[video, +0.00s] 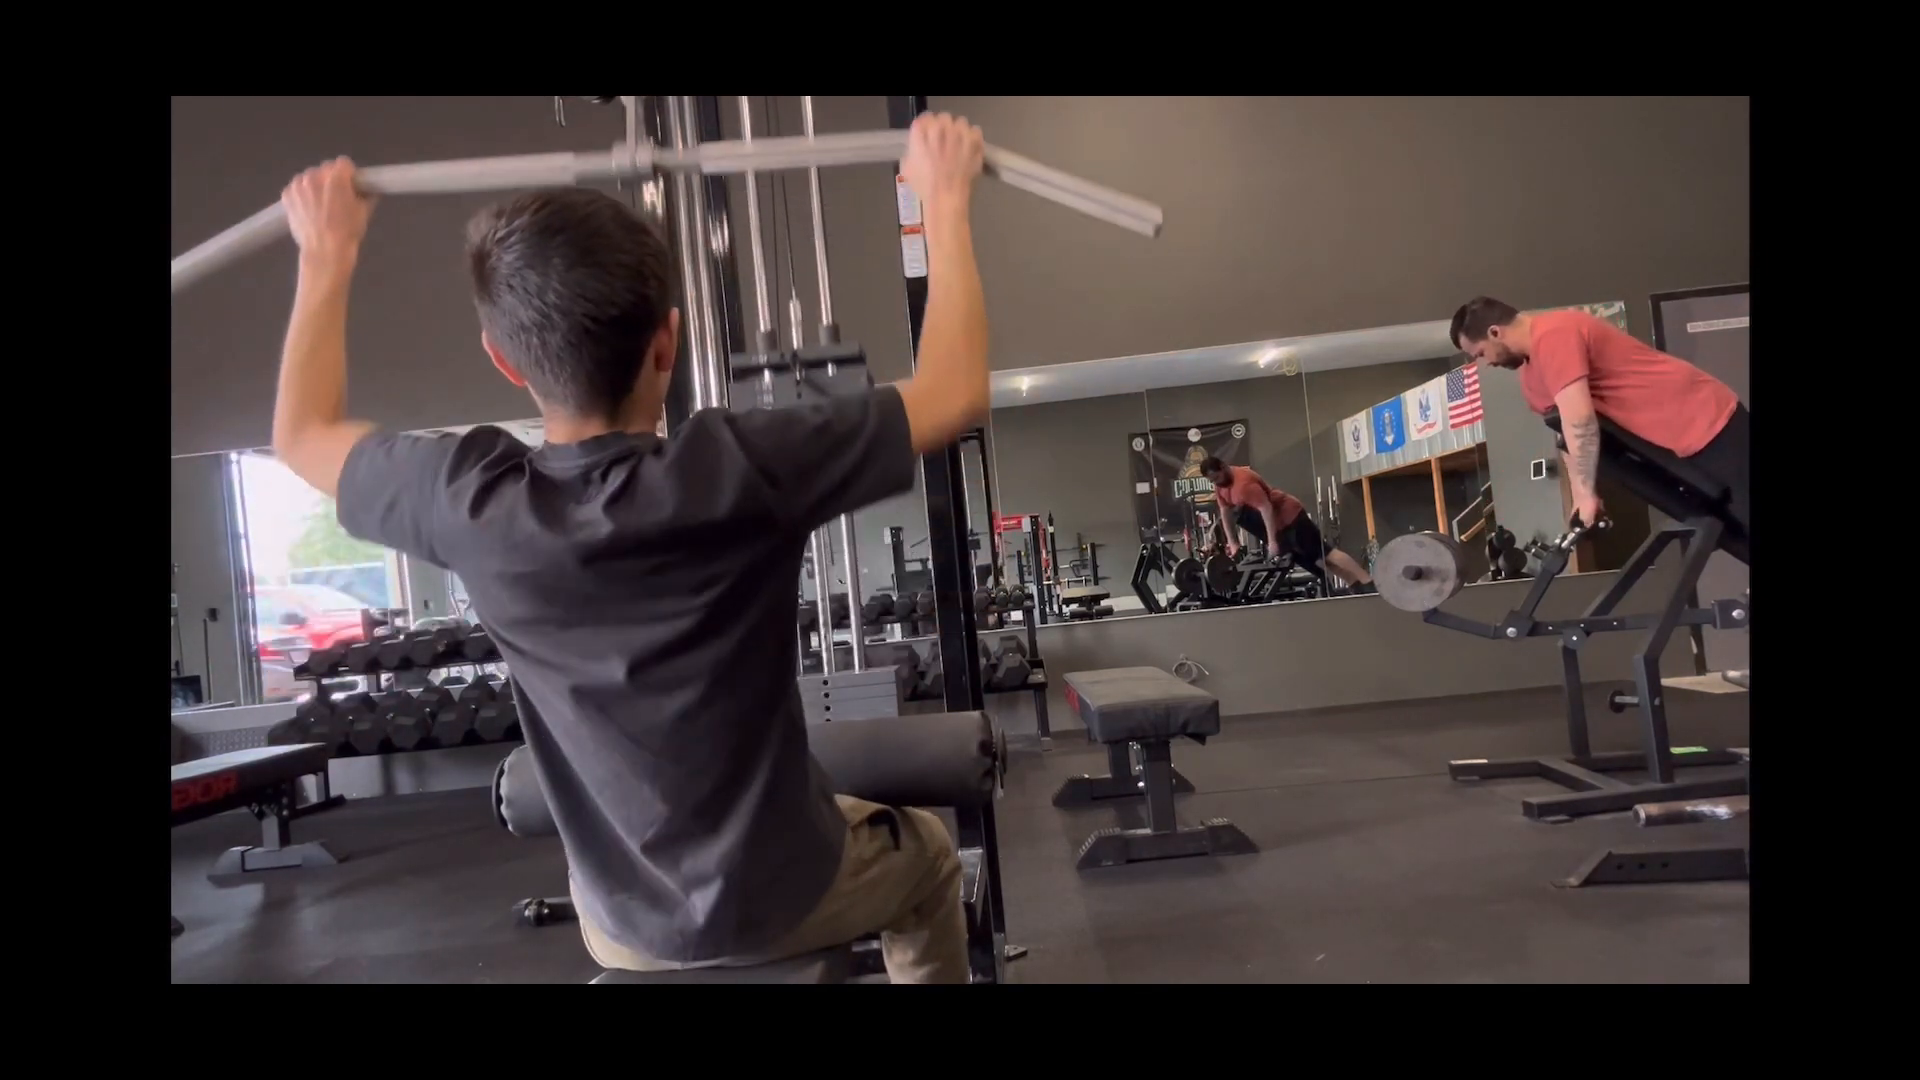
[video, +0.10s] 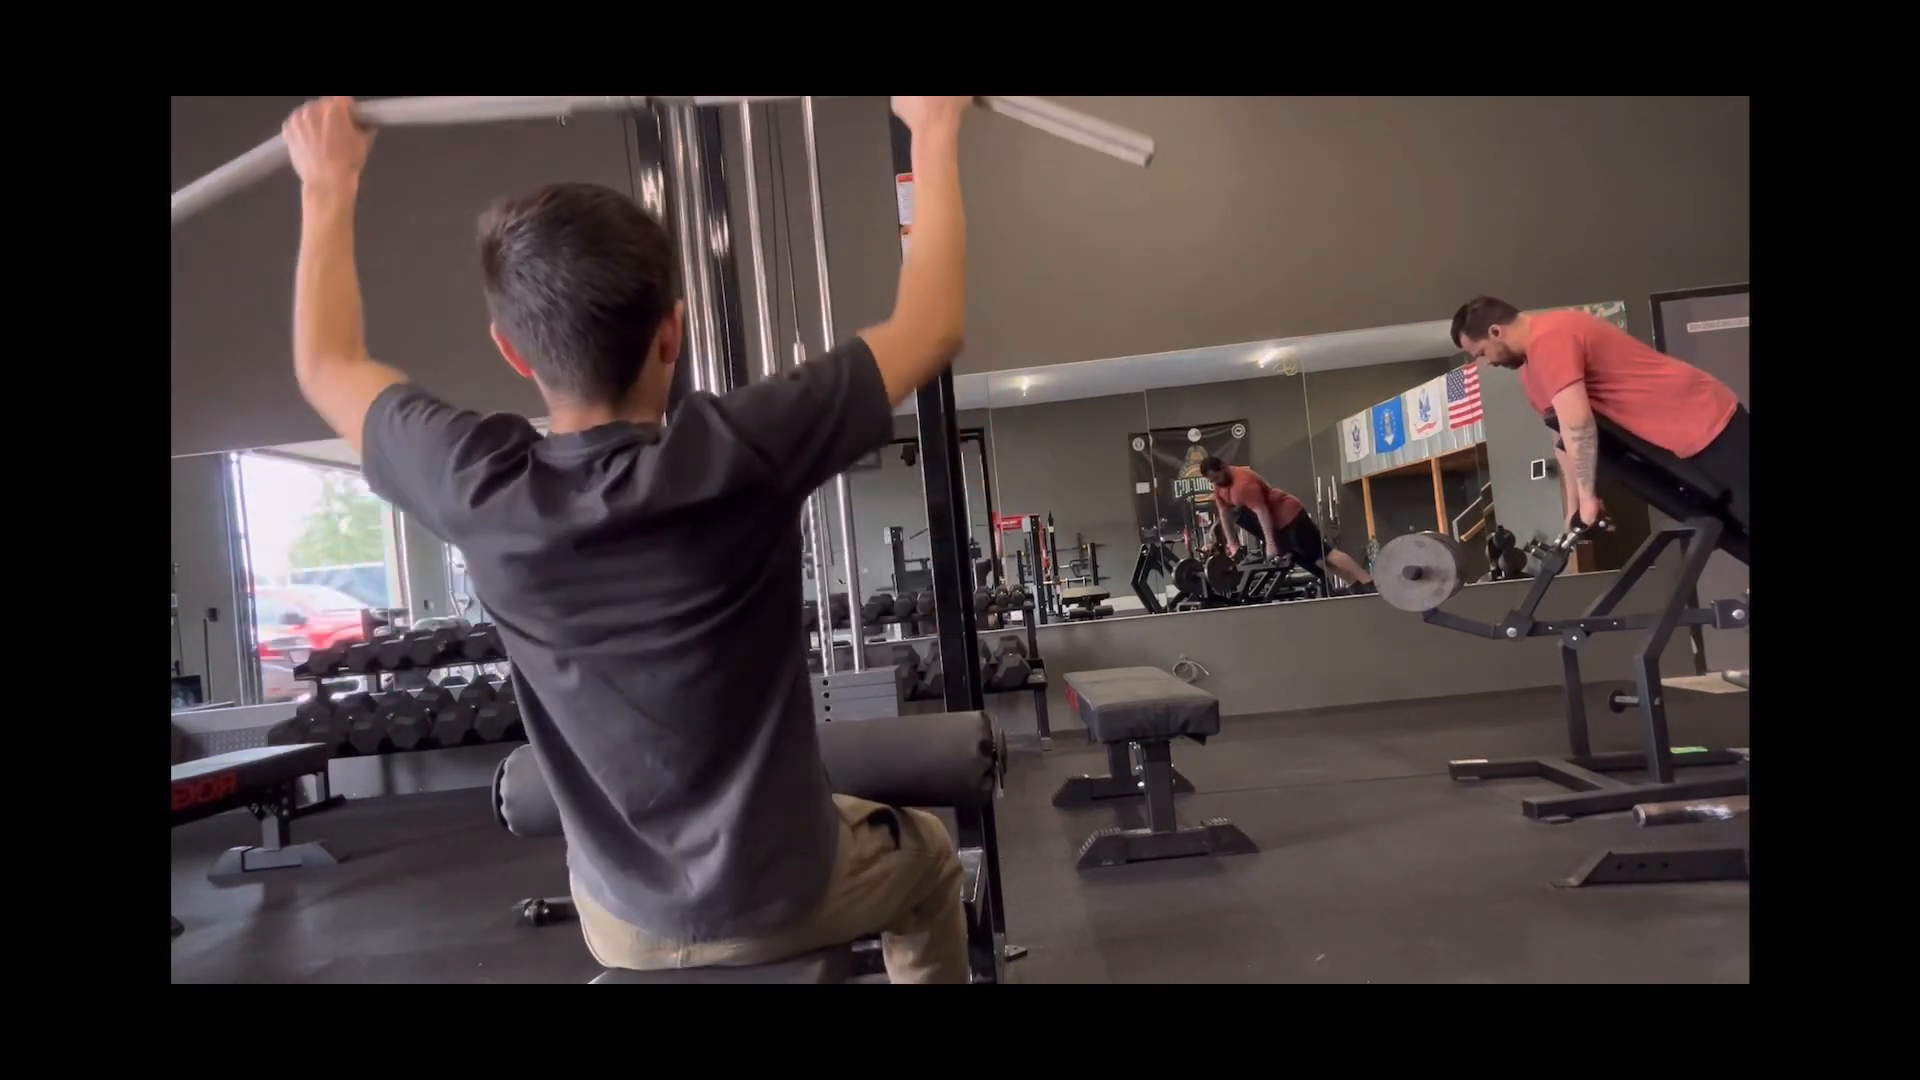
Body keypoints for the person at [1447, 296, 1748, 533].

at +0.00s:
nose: (1486, 364)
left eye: (1480, 354)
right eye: (1478, 358)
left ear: (1495, 332)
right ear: (1495, 336)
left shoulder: (1552, 335)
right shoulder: (1531, 377)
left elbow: (1582, 422)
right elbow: (1567, 439)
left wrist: (1584, 493)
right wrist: (1577, 498)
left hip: (1707, 420)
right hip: (1676, 446)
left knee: (1745, 520)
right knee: (1730, 530)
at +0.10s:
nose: (1487, 363)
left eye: (1480, 354)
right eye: (1479, 358)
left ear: (1496, 332)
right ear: (1497, 334)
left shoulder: (1548, 338)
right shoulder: (1530, 366)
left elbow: (1580, 427)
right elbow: (1562, 438)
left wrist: (1587, 498)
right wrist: (1572, 506)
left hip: (1708, 422)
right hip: (1680, 442)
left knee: (1744, 523)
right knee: (1731, 530)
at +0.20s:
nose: (1487, 363)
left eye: (1481, 353)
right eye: (1479, 357)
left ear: (1496, 331)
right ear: (1497, 334)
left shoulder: (1546, 339)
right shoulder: (1528, 373)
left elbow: (1576, 426)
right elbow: (1558, 442)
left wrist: (1585, 496)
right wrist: (1572, 505)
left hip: (1708, 422)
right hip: (1681, 444)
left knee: (1745, 519)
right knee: (1733, 529)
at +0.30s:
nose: (1487, 362)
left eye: (1481, 353)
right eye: (1479, 357)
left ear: (1497, 329)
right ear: (1497, 333)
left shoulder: (1547, 338)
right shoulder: (1527, 373)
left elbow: (1576, 425)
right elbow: (1556, 442)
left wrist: (1583, 494)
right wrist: (1570, 505)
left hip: (1708, 420)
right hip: (1680, 443)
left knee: (1745, 519)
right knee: (1733, 529)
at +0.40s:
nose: (1489, 359)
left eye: (1484, 348)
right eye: (1481, 354)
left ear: (1500, 323)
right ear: (1499, 326)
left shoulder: (1548, 337)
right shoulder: (1526, 372)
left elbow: (1577, 427)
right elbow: (1553, 438)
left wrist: (1582, 494)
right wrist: (1564, 503)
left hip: (1704, 418)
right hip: (1675, 443)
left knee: (1744, 521)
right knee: (1729, 531)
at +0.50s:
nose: (1492, 356)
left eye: (1487, 346)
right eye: (1483, 351)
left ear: (1503, 320)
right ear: (1502, 323)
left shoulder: (1549, 336)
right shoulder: (1526, 371)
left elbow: (1578, 427)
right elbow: (1553, 436)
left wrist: (1578, 494)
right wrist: (1561, 500)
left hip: (1706, 420)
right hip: (1677, 444)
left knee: (1744, 521)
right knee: (1730, 531)